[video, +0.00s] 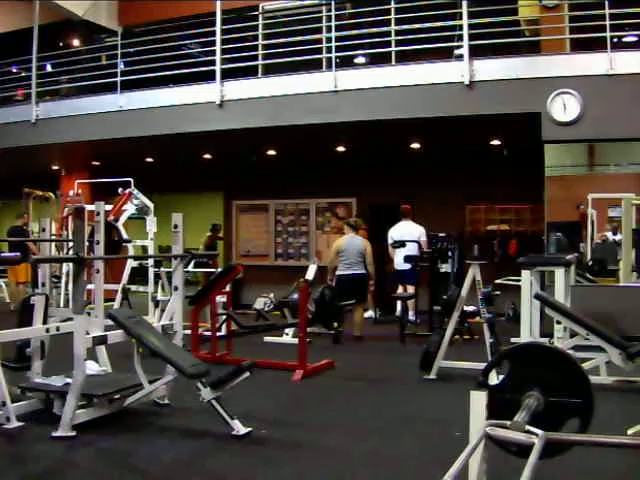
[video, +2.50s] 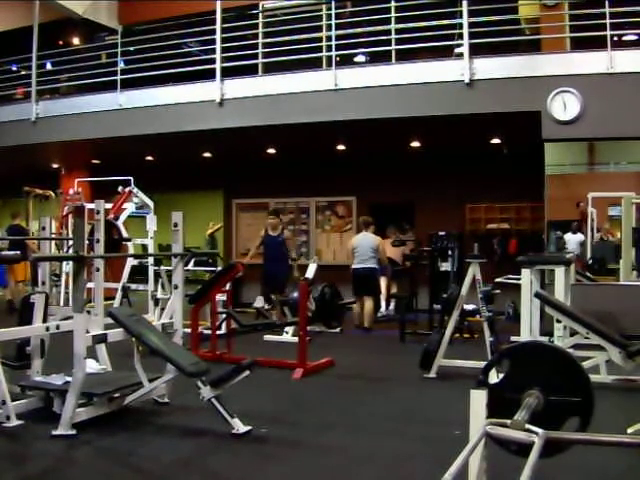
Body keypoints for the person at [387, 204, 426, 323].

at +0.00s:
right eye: (409, 214)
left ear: (400, 215)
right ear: (411, 215)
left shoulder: (392, 230)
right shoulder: (419, 229)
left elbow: (390, 249)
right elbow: (424, 247)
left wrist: (395, 258)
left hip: (398, 261)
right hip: (412, 260)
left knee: (400, 285)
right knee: (410, 286)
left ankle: (398, 311)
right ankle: (411, 314)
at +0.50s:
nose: (408, 217)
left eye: (406, 215)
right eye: (410, 215)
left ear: (402, 215)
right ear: (413, 215)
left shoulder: (394, 230)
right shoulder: (421, 229)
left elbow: (392, 248)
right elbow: (425, 248)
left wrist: (392, 260)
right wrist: (424, 259)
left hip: (399, 260)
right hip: (414, 260)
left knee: (399, 285)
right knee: (411, 286)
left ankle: (398, 312)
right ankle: (411, 314)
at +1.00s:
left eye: (399, 216)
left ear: (397, 216)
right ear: (408, 216)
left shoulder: (391, 231)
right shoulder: (416, 231)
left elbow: (388, 249)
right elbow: (419, 247)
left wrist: (386, 264)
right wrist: (416, 258)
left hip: (396, 263)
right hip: (410, 262)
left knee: (396, 285)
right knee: (412, 284)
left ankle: (397, 310)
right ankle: (413, 308)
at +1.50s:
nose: (396, 220)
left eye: (395, 218)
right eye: (398, 218)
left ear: (393, 218)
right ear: (402, 218)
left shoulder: (385, 231)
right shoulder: (410, 232)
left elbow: (380, 246)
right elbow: (413, 249)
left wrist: (386, 252)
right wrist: (407, 253)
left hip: (390, 261)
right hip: (404, 262)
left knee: (393, 285)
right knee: (403, 284)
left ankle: (396, 307)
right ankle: (398, 304)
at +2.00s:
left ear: (390, 223)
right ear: (400, 224)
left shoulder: (383, 232)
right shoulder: (404, 234)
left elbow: (377, 245)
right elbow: (409, 248)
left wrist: (384, 251)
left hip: (386, 258)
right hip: (399, 260)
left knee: (384, 281)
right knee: (395, 283)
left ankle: (386, 306)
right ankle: (392, 305)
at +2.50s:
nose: (391, 235)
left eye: (390, 233)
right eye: (392, 233)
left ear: (387, 234)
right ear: (397, 233)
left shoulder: (384, 243)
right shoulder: (402, 244)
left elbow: (381, 254)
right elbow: (407, 255)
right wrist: (407, 263)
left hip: (385, 264)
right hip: (397, 266)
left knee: (383, 290)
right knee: (394, 285)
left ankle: (383, 308)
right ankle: (392, 307)